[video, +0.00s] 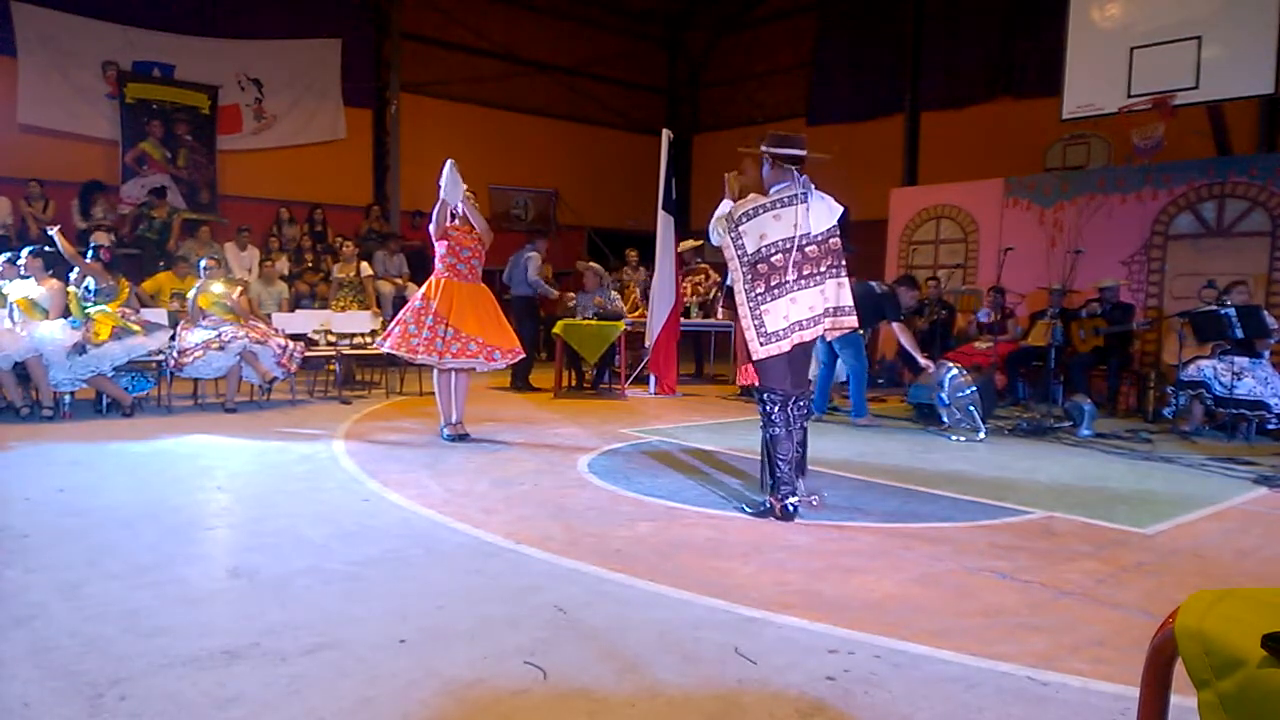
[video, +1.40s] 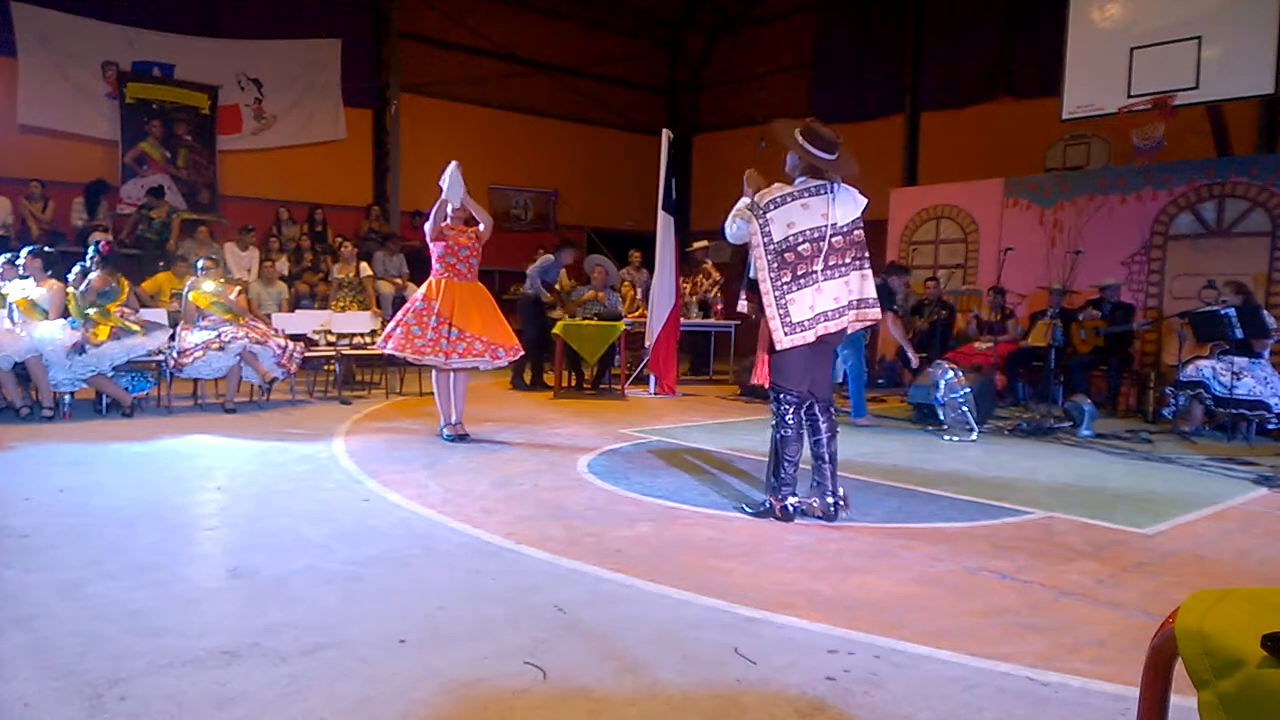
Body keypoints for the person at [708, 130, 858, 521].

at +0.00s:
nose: (760, 170)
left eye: (762, 164)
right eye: (764, 164)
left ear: (770, 166)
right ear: (801, 167)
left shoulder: (754, 211)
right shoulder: (824, 208)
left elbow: (718, 237)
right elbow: (832, 268)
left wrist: (730, 199)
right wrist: (831, 317)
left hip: (767, 319)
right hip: (808, 314)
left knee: (775, 402)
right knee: (799, 398)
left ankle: (782, 496)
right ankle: (795, 485)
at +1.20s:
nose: (775, 155)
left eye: (780, 152)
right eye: (780, 150)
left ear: (789, 159)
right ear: (817, 162)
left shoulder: (764, 202)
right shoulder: (836, 199)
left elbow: (726, 233)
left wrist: (745, 195)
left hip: (783, 316)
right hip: (826, 312)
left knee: (782, 399)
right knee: (810, 397)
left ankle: (781, 495)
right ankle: (826, 491)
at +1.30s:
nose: (781, 154)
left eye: (787, 151)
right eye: (786, 150)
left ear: (795, 160)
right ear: (822, 162)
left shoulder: (766, 203)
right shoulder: (840, 199)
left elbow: (728, 233)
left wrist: (746, 197)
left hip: (783, 318)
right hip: (828, 315)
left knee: (785, 404)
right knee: (817, 404)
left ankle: (782, 495)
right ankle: (828, 495)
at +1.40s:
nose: (787, 154)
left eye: (792, 150)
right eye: (791, 149)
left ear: (799, 159)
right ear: (827, 162)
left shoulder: (773, 201)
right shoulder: (843, 198)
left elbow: (733, 231)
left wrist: (750, 194)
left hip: (788, 317)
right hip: (831, 314)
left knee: (787, 404)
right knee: (820, 403)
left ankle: (781, 496)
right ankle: (828, 495)